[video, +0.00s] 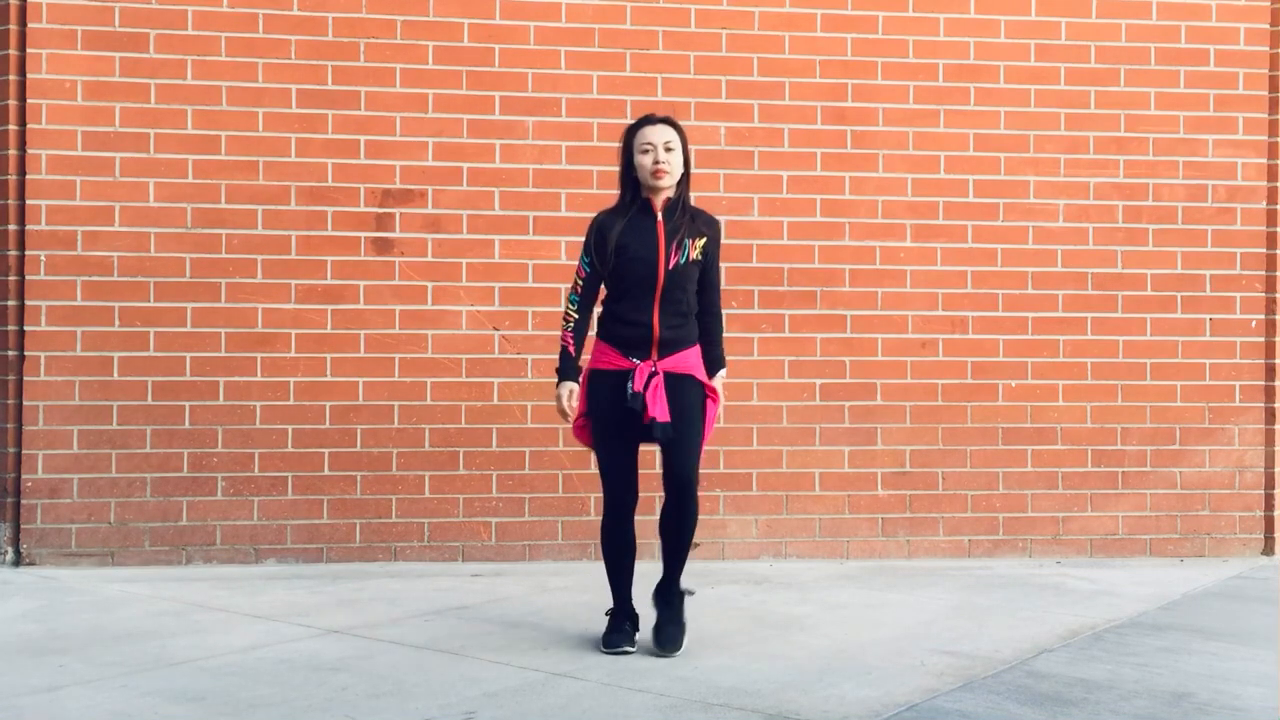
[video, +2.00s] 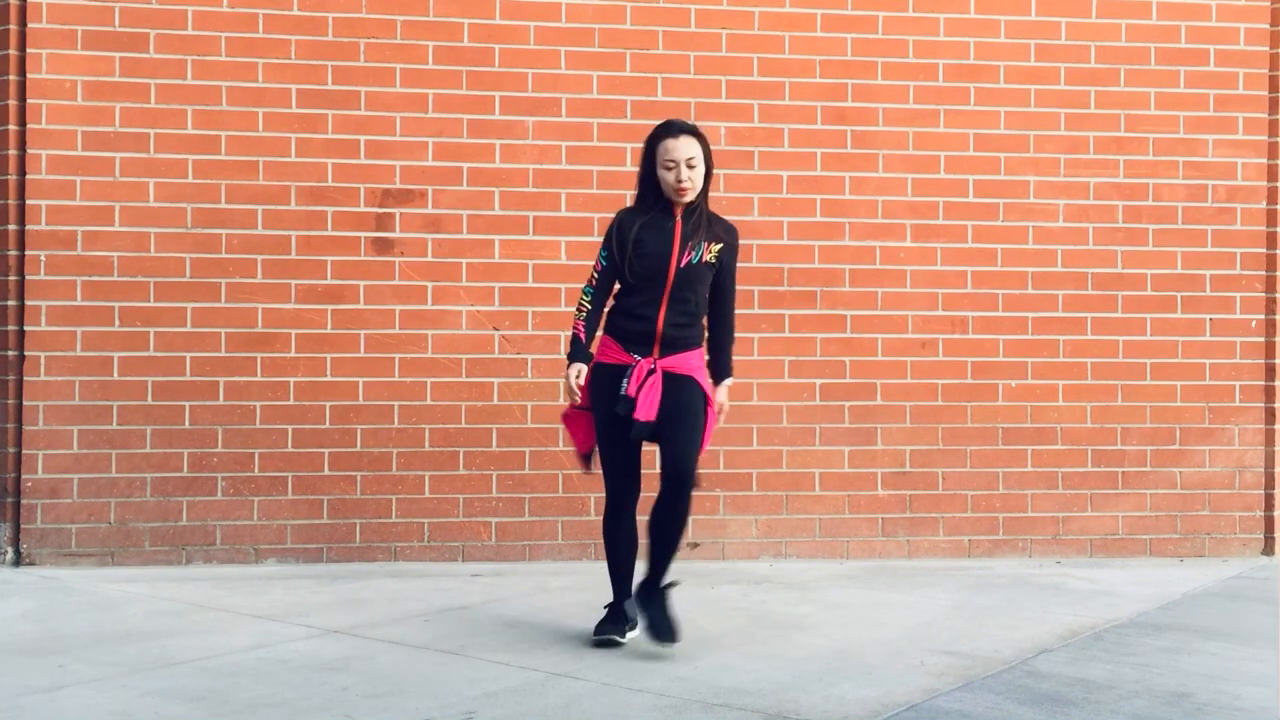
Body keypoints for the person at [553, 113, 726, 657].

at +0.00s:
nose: (659, 158)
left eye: (669, 148)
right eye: (647, 149)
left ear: (684, 158)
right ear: (631, 160)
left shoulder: (703, 228)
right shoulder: (609, 224)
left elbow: (710, 307)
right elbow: (581, 299)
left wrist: (715, 371)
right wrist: (567, 371)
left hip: (683, 370)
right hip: (615, 369)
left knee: (683, 485)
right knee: (619, 496)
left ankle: (671, 593)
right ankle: (621, 610)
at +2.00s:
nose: (681, 174)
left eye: (691, 163)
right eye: (670, 165)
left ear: (706, 168)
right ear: (653, 171)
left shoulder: (720, 235)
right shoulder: (628, 224)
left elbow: (722, 312)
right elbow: (595, 293)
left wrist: (722, 375)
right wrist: (578, 353)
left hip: (684, 367)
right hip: (619, 364)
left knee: (680, 477)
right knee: (622, 490)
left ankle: (653, 589)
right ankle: (619, 603)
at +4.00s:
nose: (655, 175)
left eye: (666, 165)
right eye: (644, 165)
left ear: (682, 172)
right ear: (629, 172)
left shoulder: (694, 239)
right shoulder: (606, 221)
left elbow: (657, 305)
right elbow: (599, 288)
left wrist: (608, 346)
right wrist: (639, 318)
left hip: (642, 368)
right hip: (586, 360)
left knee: (599, 487)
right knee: (584, 490)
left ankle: (534, 603)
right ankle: (599, 605)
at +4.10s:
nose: (653, 182)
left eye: (663, 172)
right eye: (641, 172)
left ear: (678, 179)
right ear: (626, 179)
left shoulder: (692, 243)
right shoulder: (603, 228)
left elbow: (657, 304)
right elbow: (600, 292)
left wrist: (602, 344)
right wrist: (637, 326)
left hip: (637, 375)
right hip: (581, 366)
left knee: (585, 494)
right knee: (578, 496)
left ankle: (531, 620)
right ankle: (598, 605)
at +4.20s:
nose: (651, 177)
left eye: (662, 168)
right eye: (640, 168)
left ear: (678, 175)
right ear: (625, 174)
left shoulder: (692, 240)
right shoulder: (601, 225)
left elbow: (668, 319)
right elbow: (585, 284)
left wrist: (617, 347)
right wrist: (636, 311)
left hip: (645, 371)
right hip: (586, 364)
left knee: (611, 483)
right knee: (581, 487)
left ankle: (554, 603)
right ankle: (598, 606)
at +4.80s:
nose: (717, 183)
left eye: (724, 172)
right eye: (704, 173)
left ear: (734, 172)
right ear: (683, 177)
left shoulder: (754, 225)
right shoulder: (662, 241)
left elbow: (810, 282)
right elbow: (632, 313)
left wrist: (793, 311)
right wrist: (683, 293)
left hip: (758, 375)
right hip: (695, 375)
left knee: (766, 500)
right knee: (686, 467)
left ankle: (749, 611)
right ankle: (694, 568)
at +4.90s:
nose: (723, 179)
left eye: (730, 168)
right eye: (711, 170)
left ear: (741, 169)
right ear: (689, 173)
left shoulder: (761, 221)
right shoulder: (668, 237)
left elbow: (780, 292)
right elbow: (691, 302)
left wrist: (760, 335)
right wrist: (751, 293)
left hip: (765, 367)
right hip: (705, 368)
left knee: (763, 492)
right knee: (715, 464)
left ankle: (751, 618)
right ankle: (766, 587)